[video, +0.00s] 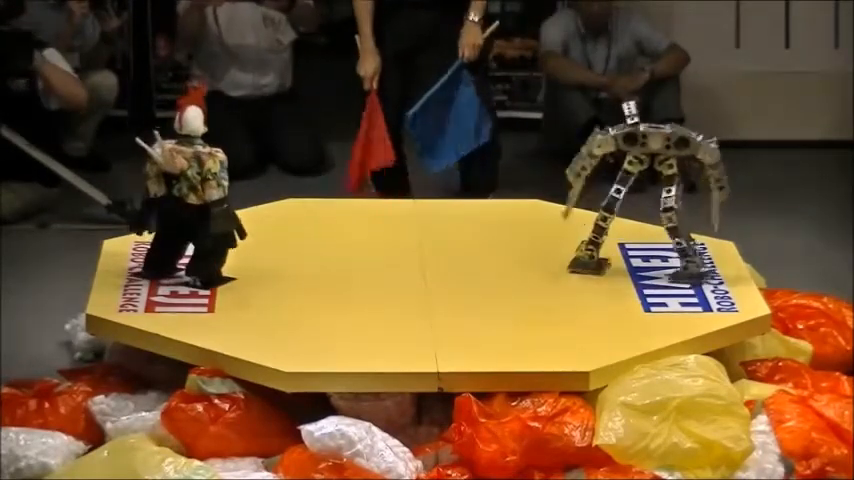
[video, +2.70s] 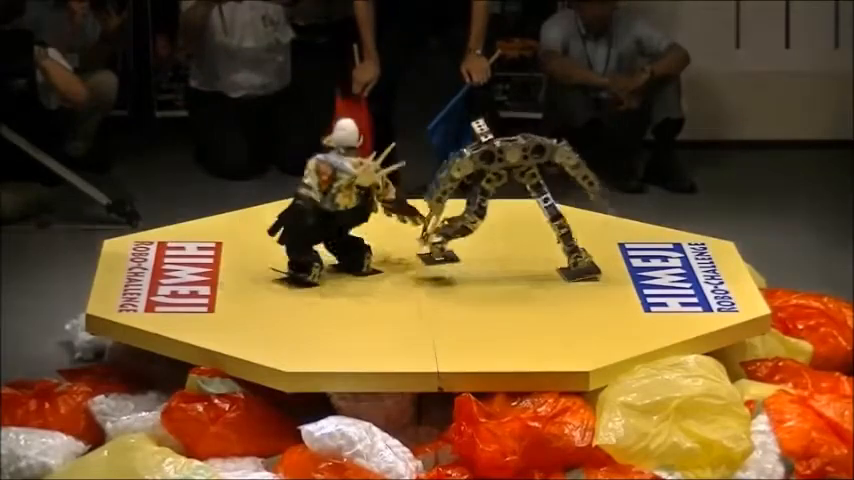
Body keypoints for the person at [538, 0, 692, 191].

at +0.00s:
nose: (597, 10)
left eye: (604, 4)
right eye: (590, 4)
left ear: (612, 5)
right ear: (576, 6)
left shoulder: (628, 23)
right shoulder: (558, 25)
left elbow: (679, 56)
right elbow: (551, 64)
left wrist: (644, 75)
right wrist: (608, 82)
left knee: (667, 79)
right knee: (563, 85)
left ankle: (668, 155)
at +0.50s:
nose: (596, 11)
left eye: (602, 4)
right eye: (589, 5)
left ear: (611, 5)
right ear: (576, 6)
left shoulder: (628, 23)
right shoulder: (558, 25)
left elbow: (679, 56)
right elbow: (550, 64)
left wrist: (645, 74)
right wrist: (608, 83)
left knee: (667, 81)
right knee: (562, 86)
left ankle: (672, 158)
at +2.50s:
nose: (599, 15)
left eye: (604, 8)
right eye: (593, 8)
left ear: (613, 7)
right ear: (578, 7)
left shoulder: (628, 26)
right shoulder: (558, 26)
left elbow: (679, 56)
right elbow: (551, 65)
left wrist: (643, 77)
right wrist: (608, 82)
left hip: (624, 114)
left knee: (667, 79)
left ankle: (664, 164)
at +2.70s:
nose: (598, 15)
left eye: (604, 9)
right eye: (592, 9)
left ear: (613, 7)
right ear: (578, 7)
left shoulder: (629, 25)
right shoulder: (558, 26)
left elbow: (679, 56)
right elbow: (551, 65)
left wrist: (643, 76)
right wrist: (608, 82)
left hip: (625, 116)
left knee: (667, 79)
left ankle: (664, 165)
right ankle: (611, 169)